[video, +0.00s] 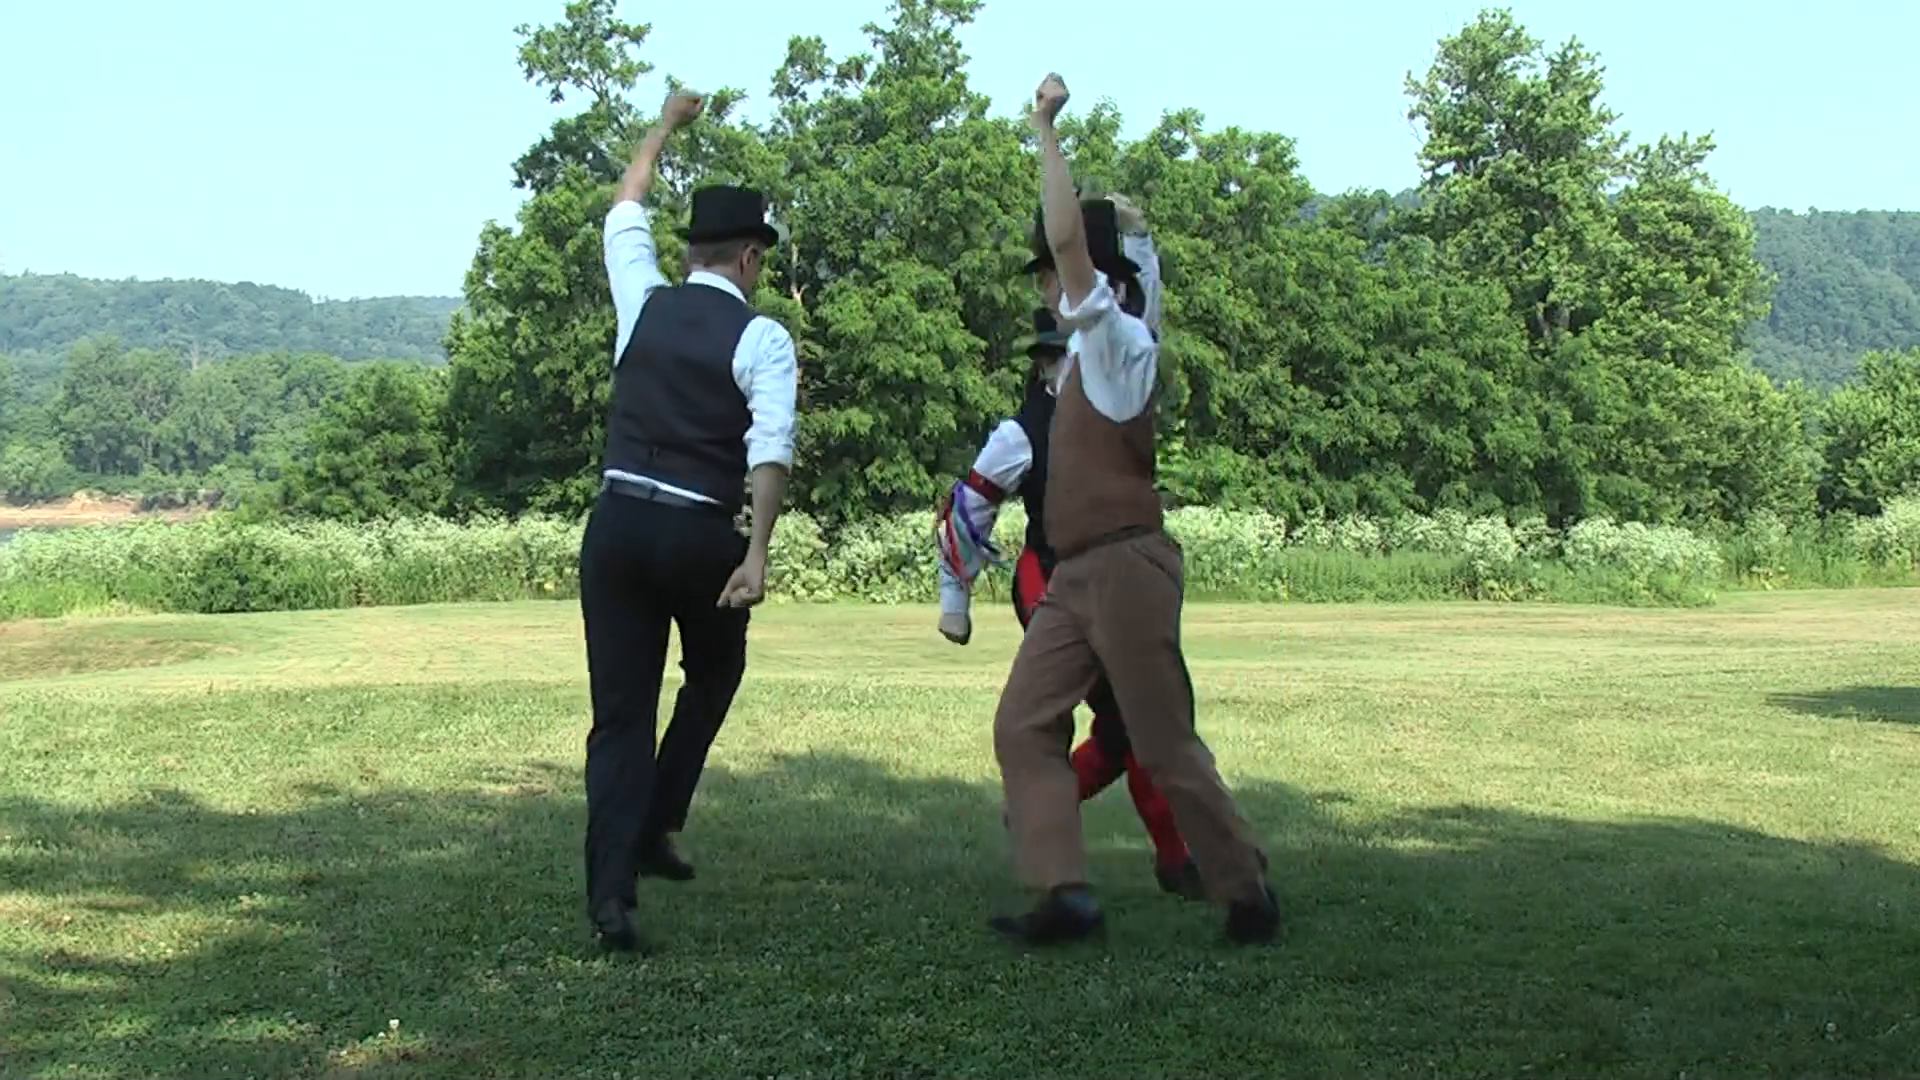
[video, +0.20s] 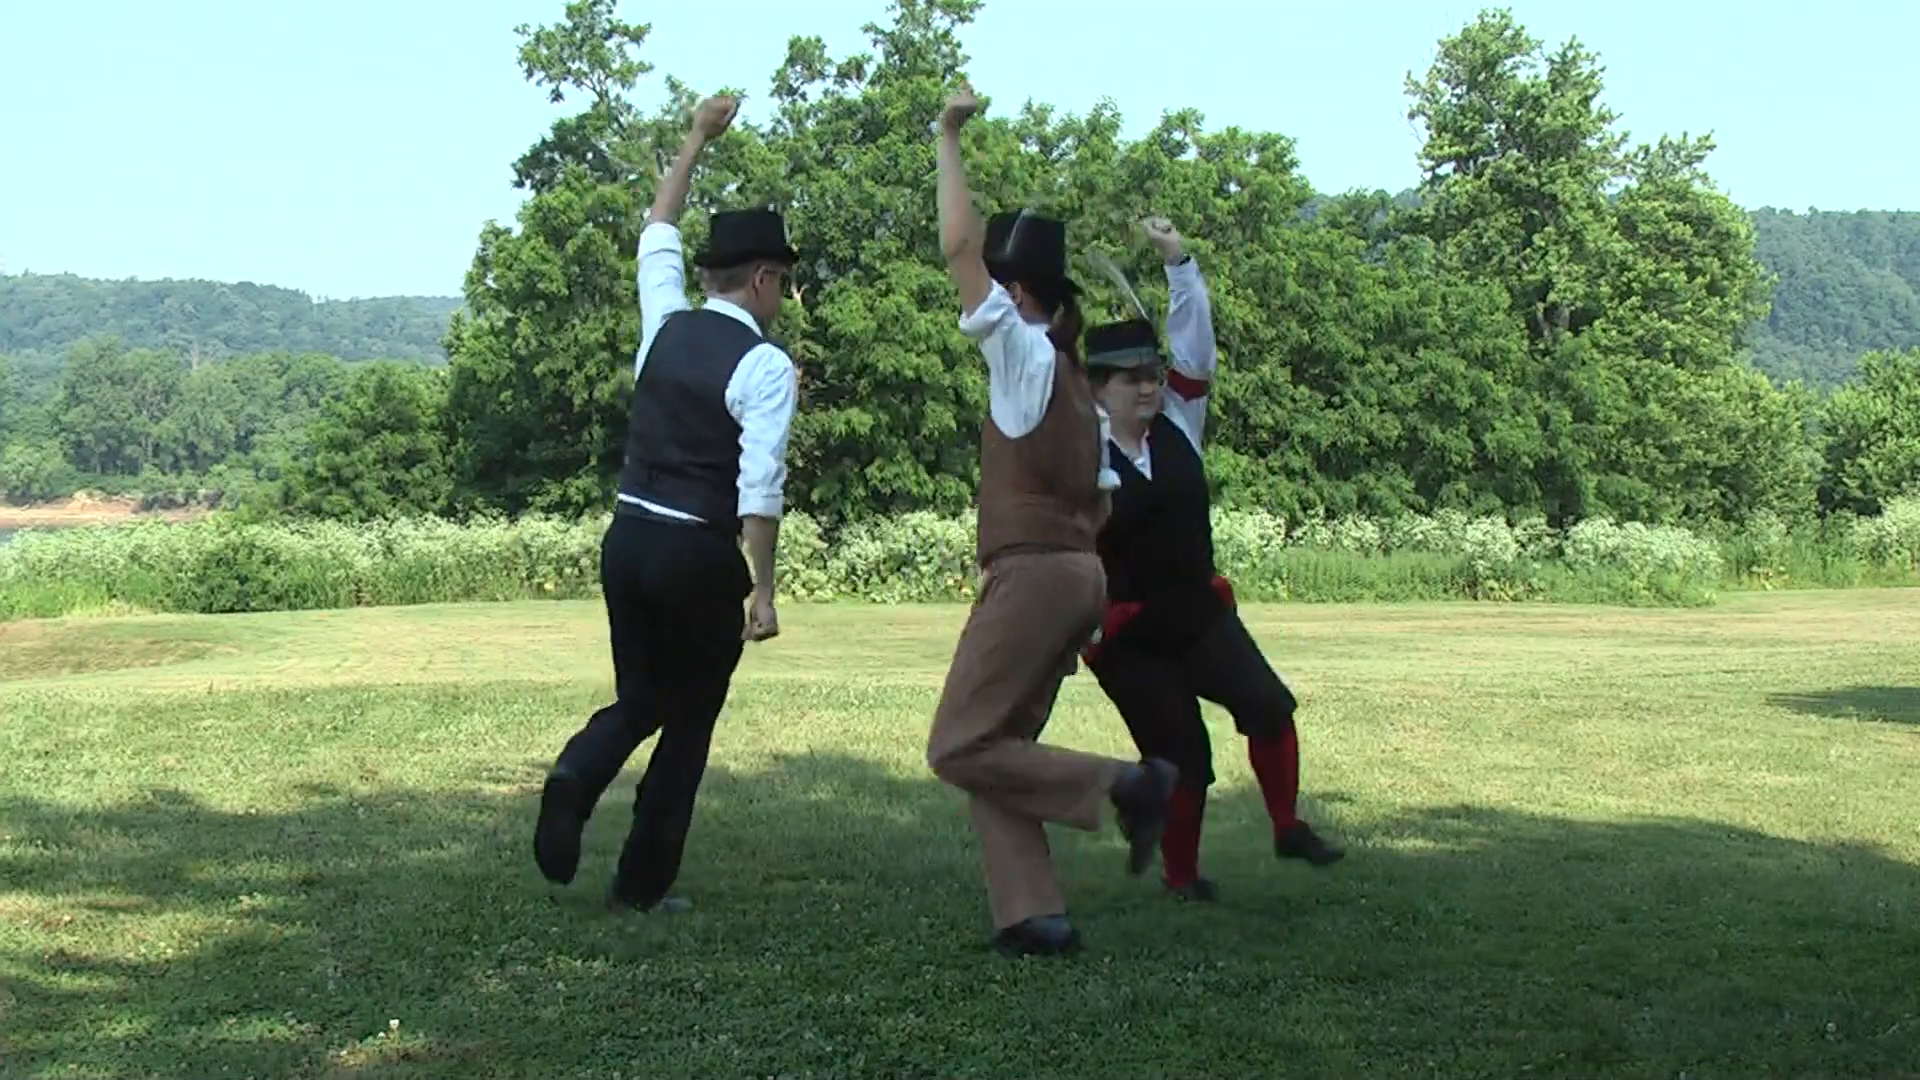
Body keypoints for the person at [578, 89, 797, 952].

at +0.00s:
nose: (765, 263)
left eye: (760, 251)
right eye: (761, 252)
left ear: (692, 251)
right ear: (748, 258)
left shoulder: (643, 300)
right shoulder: (764, 336)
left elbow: (625, 207)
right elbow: (768, 448)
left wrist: (663, 127)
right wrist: (758, 549)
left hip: (616, 522)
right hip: (702, 534)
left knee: (617, 716)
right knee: (714, 671)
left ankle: (610, 905)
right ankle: (657, 826)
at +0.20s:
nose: (784, 291)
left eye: (783, 278)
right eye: (783, 280)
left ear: (710, 275)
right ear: (763, 280)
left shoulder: (666, 323)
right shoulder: (766, 366)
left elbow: (661, 227)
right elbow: (758, 484)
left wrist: (696, 137)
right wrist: (763, 588)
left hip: (628, 539)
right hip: (700, 554)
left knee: (637, 701)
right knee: (690, 724)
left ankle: (570, 783)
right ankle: (643, 884)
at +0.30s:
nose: (792, 276)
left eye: (791, 263)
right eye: (791, 263)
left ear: (729, 254)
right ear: (772, 259)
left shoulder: (679, 300)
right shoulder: (774, 341)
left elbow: (675, 207)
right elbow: (768, 460)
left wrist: (710, 125)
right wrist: (777, 553)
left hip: (643, 519)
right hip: (707, 534)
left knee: (690, 649)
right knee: (698, 705)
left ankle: (598, 750)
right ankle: (645, 878)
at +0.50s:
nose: (831, 245)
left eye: (829, 230)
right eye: (825, 231)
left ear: (761, 226)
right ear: (797, 232)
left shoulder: (713, 275)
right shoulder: (796, 314)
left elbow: (720, 186)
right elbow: (775, 439)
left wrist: (759, 104)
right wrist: (786, 531)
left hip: (683, 484)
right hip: (736, 500)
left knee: (809, 583)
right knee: (736, 686)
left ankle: (720, 731)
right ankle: (688, 862)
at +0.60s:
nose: (841, 282)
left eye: (842, 268)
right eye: (836, 268)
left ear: (790, 254)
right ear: (813, 263)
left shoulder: (736, 300)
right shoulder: (808, 347)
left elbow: (746, 218)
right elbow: (774, 461)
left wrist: (781, 145)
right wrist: (806, 548)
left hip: (707, 508)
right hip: (756, 527)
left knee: (827, 600)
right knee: (752, 695)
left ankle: (786, 764)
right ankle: (704, 862)